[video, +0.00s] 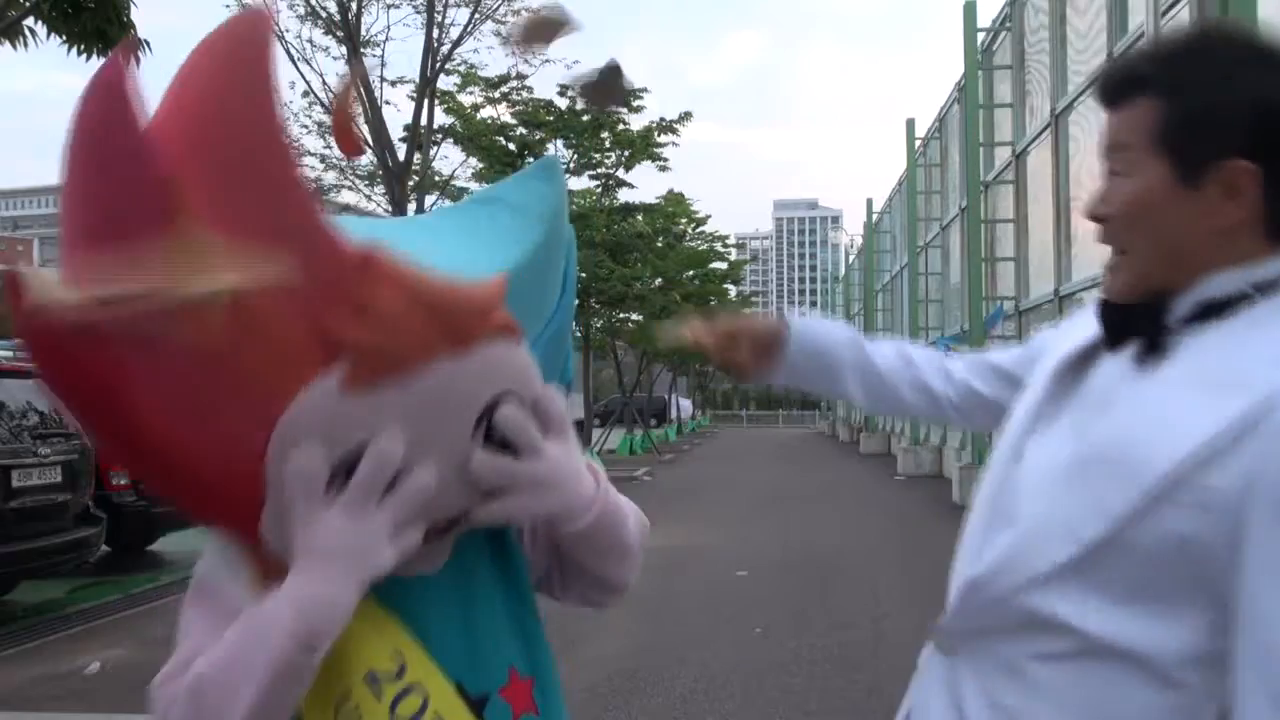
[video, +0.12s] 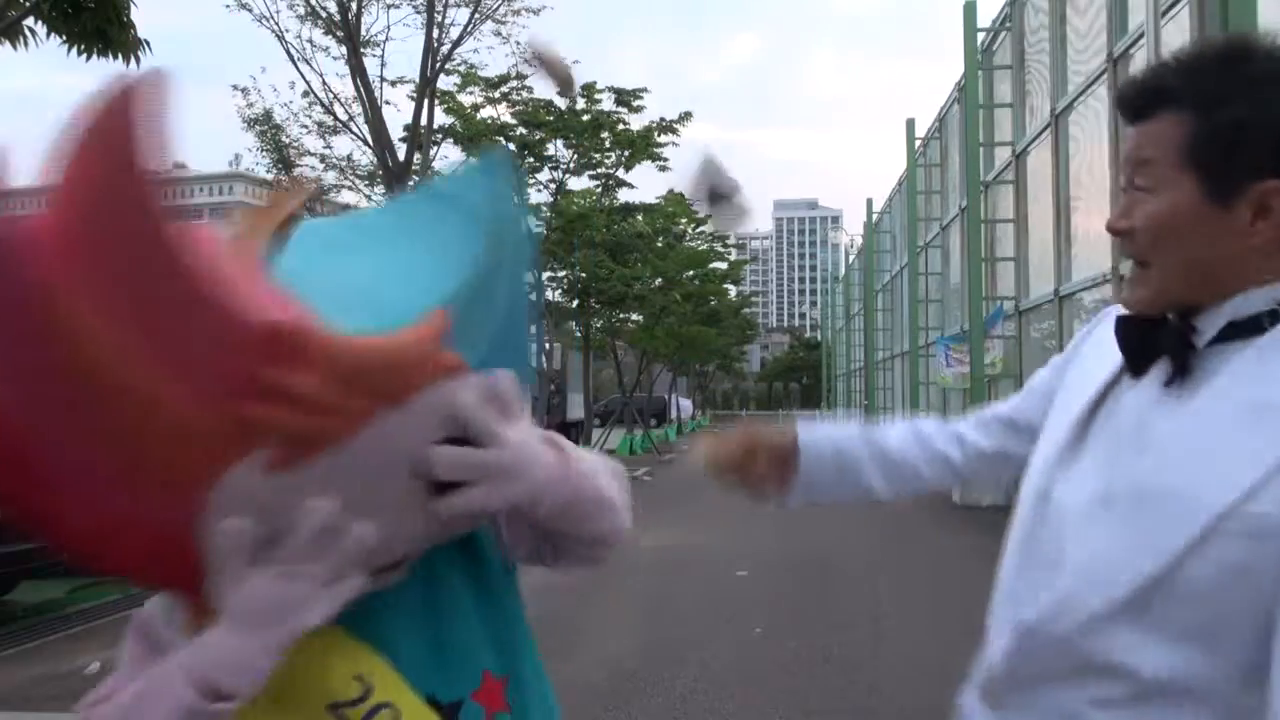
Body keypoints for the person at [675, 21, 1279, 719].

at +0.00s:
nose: (1093, 206)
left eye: (1120, 167)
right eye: (1103, 169)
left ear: (1232, 193)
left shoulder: (1265, 395)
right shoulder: (1102, 330)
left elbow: (1261, 694)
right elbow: (957, 385)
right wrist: (790, 346)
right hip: (943, 690)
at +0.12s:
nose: (1114, 220)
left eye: (1145, 186)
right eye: (1122, 189)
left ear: (1261, 212)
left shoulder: (1270, 394)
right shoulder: (1114, 338)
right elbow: (976, 448)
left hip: (1149, 703)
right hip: (993, 698)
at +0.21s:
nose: (1102, 225)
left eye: (1131, 190)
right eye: (1107, 192)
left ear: (1255, 211)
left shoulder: (1269, 376)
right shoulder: (1094, 347)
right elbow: (980, 488)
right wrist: (822, 536)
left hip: (1194, 704)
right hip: (1042, 697)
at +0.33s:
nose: (1090, 230)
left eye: (1118, 196)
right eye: (1088, 200)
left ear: (1238, 206)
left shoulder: (1269, 362)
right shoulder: (1078, 357)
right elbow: (989, 520)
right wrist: (866, 607)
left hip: (1236, 704)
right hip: (1080, 703)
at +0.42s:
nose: (1080, 251)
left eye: (1108, 219)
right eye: (1077, 223)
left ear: (1222, 223)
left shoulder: (1270, 367)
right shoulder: (1065, 384)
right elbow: (993, 558)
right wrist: (899, 667)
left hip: (1252, 704)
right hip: (1115, 705)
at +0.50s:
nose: (1075, 258)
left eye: (1101, 226)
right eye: (1069, 232)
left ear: (1213, 226)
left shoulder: (1272, 368)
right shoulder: (1067, 394)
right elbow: (1005, 575)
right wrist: (921, 693)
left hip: (1263, 703)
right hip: (1139, 706)